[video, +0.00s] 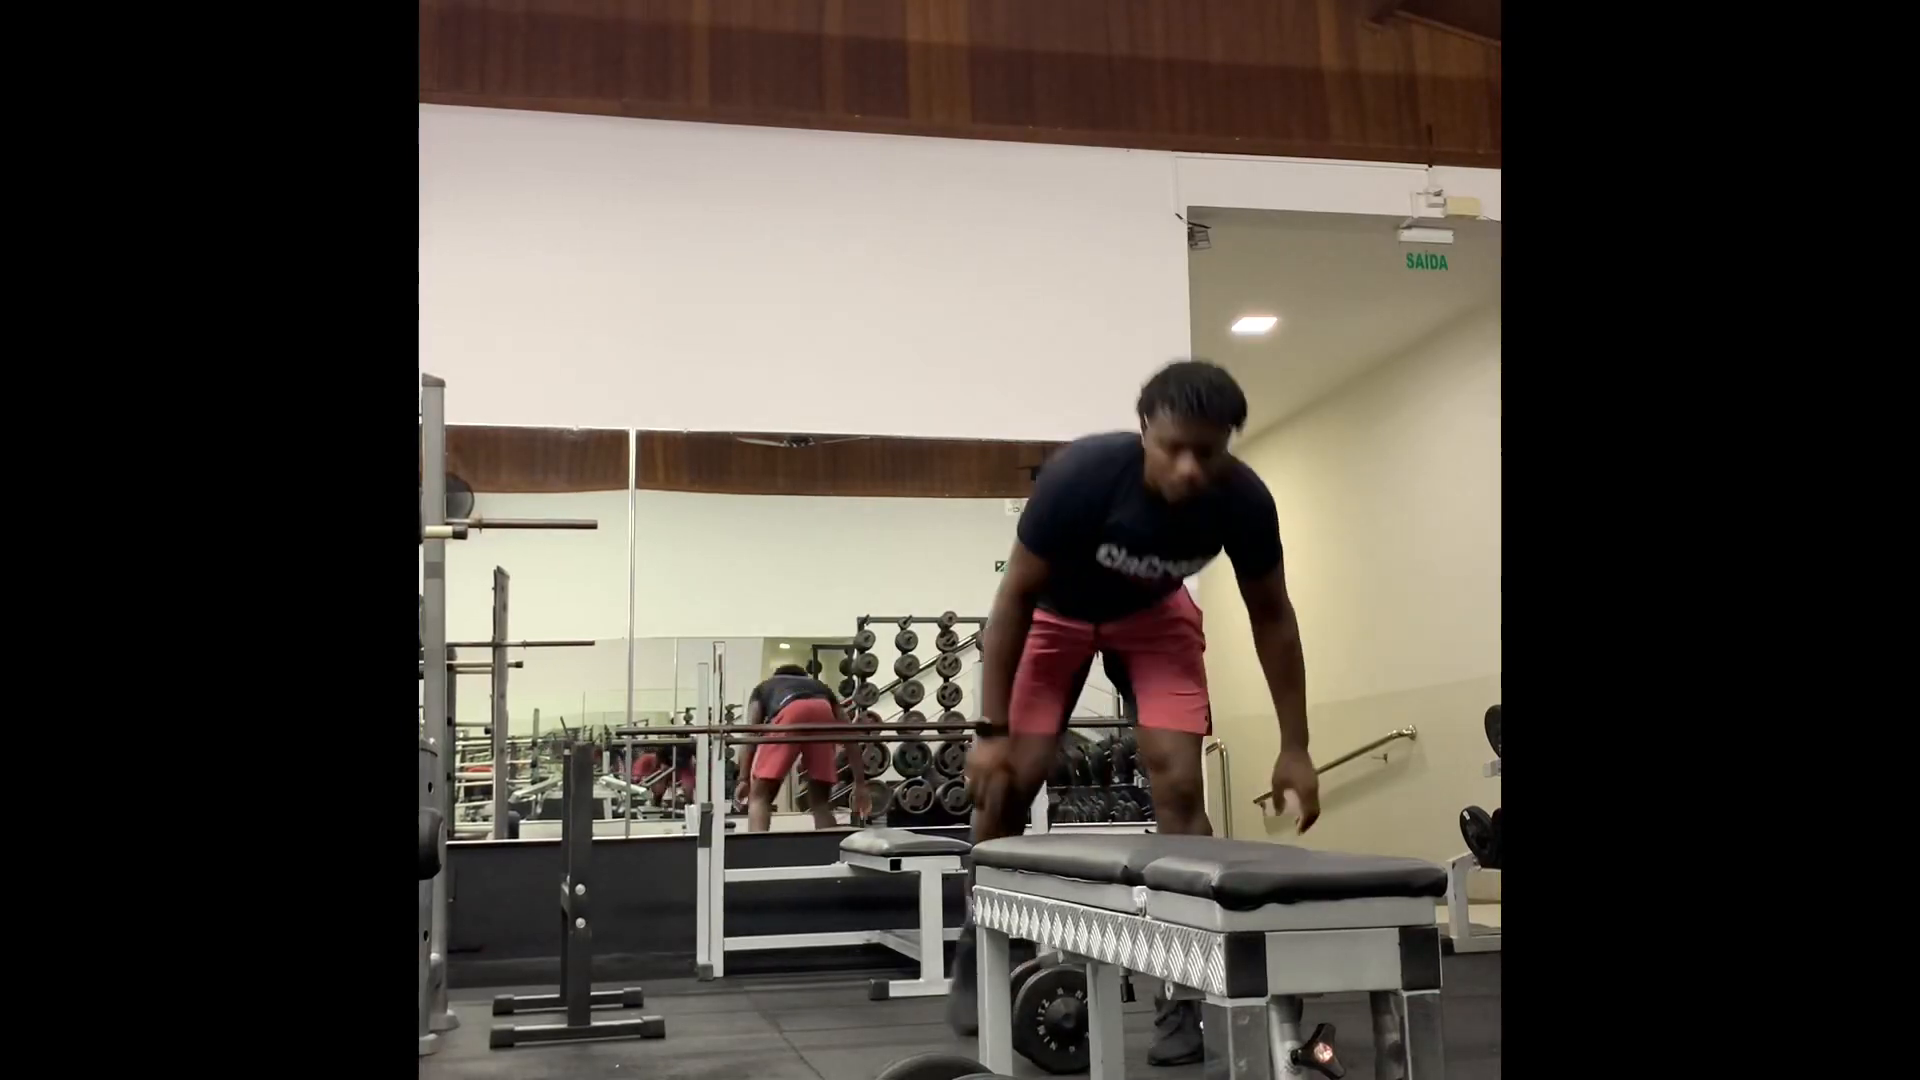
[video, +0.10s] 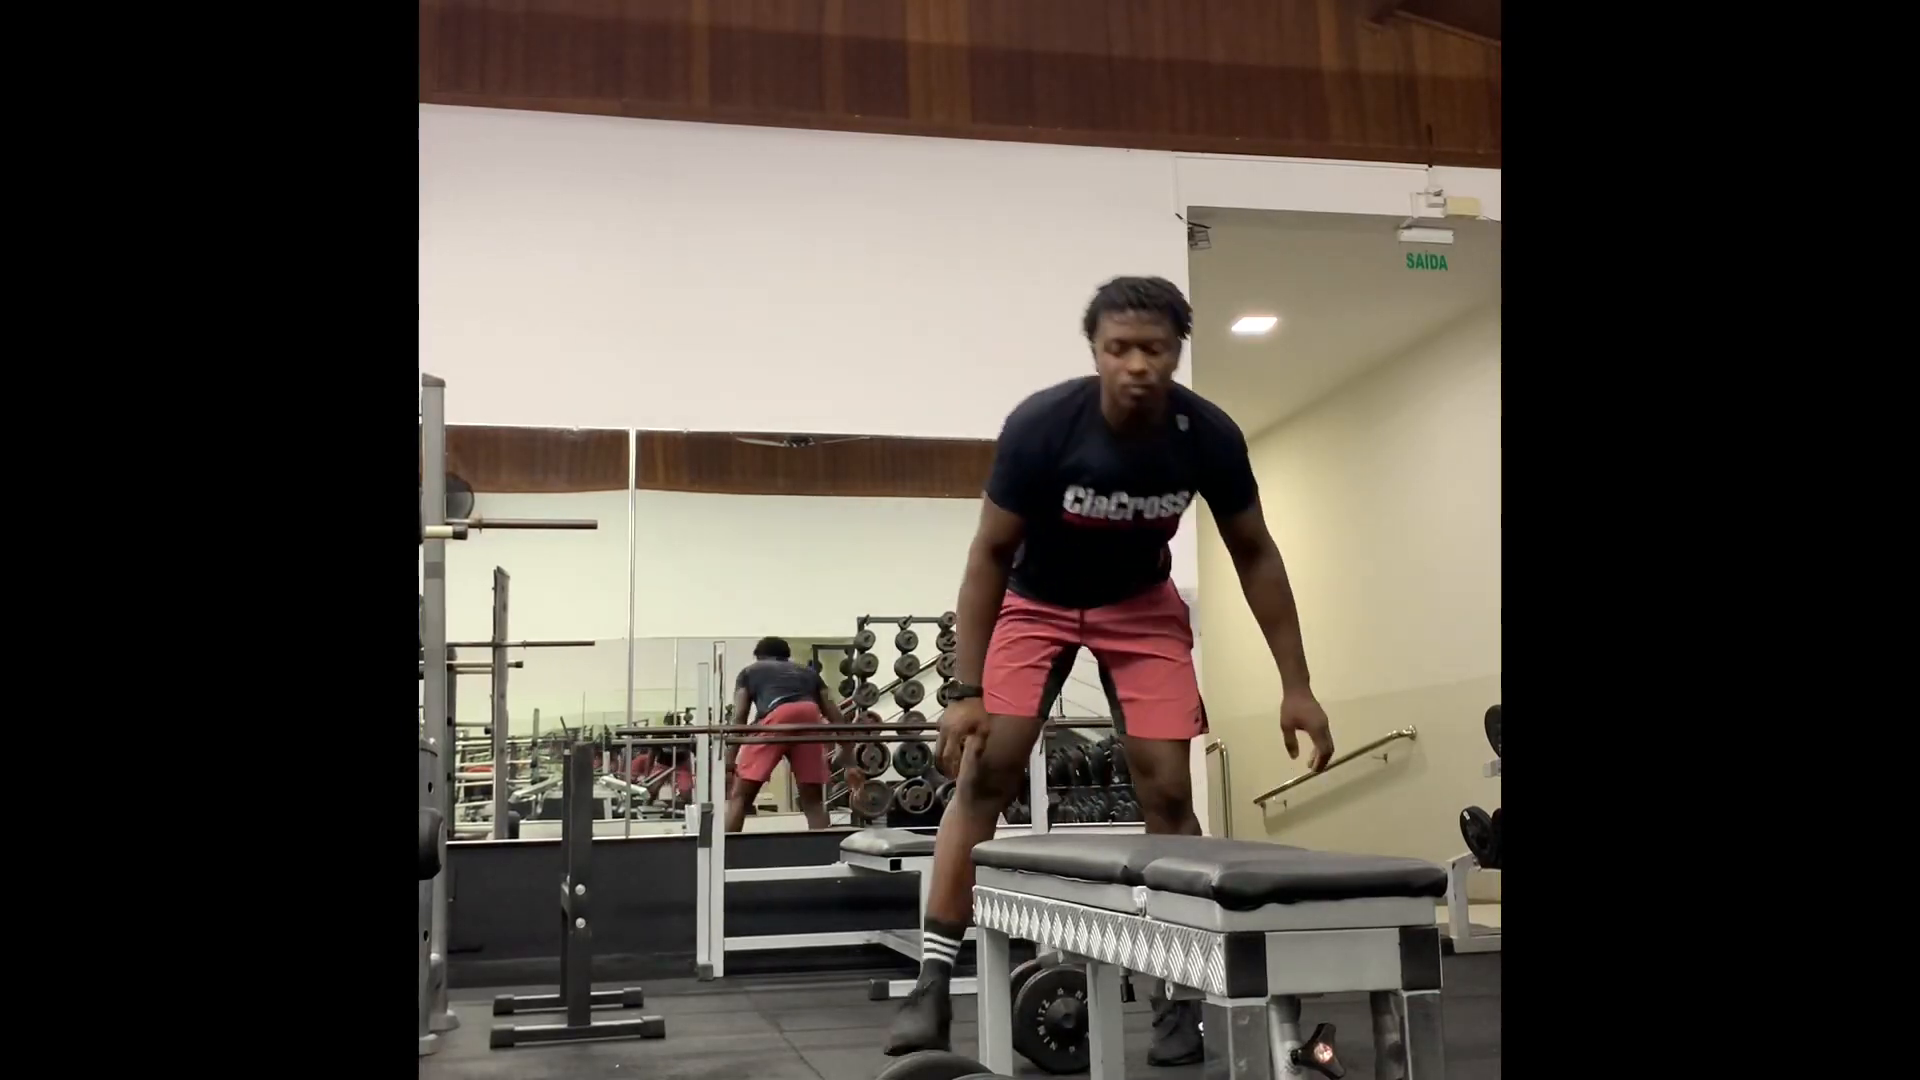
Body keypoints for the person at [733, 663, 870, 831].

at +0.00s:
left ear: (775, 676)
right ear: (803, 676)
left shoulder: (763, 687)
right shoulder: (820, 685)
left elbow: (751, 735)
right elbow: (851, 738)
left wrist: (744, 778)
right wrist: (860, 784)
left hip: (790, 710)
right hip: (825, 708)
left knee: (760, 794)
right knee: (820, 798)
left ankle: (757, 858)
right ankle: (831, 858)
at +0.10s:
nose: (755, 660)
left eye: (755, 657)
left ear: (759, 656)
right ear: (787, 656)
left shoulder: (749, 672)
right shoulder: (808, 672)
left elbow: (740, 719)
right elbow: (837, 718)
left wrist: (731, 759)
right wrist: (847, 753)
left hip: (777, 713)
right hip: (811, 711)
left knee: (740, 797)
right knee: (812, 799)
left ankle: (724, 857)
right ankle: (823, 857)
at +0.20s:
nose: (729, 652)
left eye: (729, 648)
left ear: (731, 648)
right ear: (758, 646)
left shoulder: (727, 669)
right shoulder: (782, 664)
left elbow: (717, 713)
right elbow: (809, 706)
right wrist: (822, 746)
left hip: (750, 721)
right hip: (787, 717)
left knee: (730, 805)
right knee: (798, 801)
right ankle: (820, 853)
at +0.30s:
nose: (705, 650)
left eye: (705, 646)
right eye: (706, 646)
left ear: (708, 647)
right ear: (734, 644)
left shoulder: (701, 672)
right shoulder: (760, 659)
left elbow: (693, 719)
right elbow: (785, 701)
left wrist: (690, 766)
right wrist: (791, 734)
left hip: (735, 720)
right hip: (772, 716)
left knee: (720, 792)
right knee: (784, 790)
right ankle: (795, 844)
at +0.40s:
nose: (699, 659)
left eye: (700, 655)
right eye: (700, 655)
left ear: (702, 654)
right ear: (728, 650)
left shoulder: (693, 680)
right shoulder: (753, 666)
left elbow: (691, 735)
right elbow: (777, 711)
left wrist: (689, 776)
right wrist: (776, 746)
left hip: (734, 724)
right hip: (766, 720)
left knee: (719, 796)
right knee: (772, 797)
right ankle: (781, 854)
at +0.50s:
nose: (703, 675)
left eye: (704, 671)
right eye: (703, 671)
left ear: (707, 670)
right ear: (730, 668)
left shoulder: (698, 696)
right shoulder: (755, 685)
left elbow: (692, 739)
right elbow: (773, 722)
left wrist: (690, 774)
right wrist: (778, 750)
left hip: (736, 744)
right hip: (769, 744)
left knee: (715, 801)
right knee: (766, 807)